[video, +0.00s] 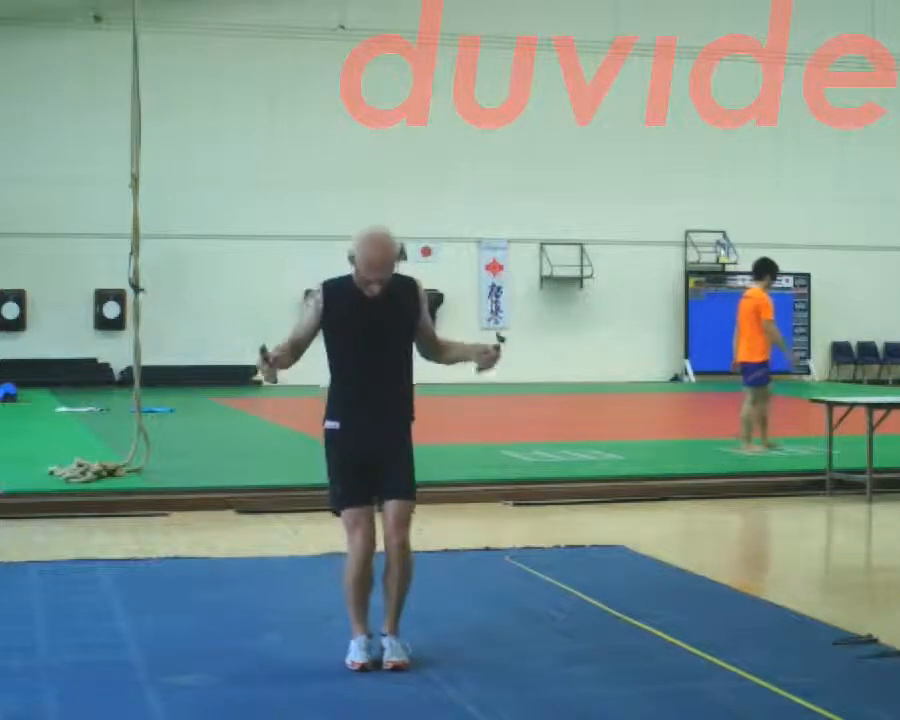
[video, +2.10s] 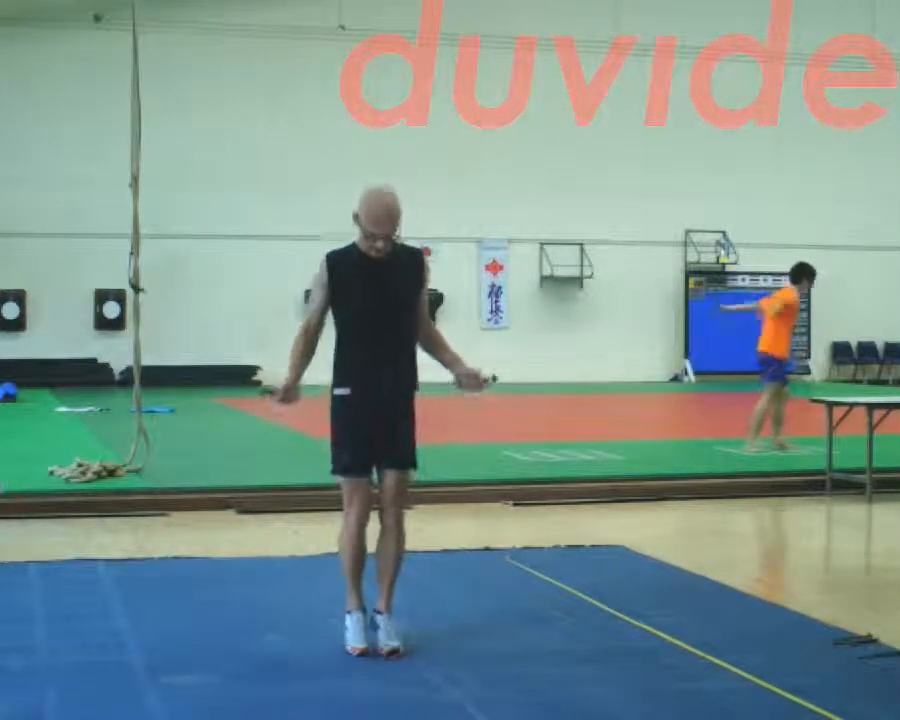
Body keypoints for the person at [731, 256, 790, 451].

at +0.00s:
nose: (773, 281)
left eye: (774, 278)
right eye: (773, 277)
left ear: (755, 275)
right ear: (768, 276)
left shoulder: (746, 296)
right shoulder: (762, 298)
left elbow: (739, 329)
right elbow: (768, 327)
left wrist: (736, 356)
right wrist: (786, 351)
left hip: (747, 356)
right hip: (756, 357)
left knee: (763, 397)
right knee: (752, 399)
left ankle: (764, 438)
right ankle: (747, 441)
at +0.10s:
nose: (779, 281)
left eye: (779, 277)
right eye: (779, 277)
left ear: (761, 275)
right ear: (773, 277)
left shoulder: (752, 297)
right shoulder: (768, 299)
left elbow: (746, 330)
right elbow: (775, 328)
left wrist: (745, 357)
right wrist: (793, 350)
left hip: (752, 358)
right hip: (761, 359)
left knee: (767, 400)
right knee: (753, 400)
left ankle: (780, 437)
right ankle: (747, 442)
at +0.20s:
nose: (784, 282)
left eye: (784, 278)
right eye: (783, 278)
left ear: (765, 276)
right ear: (778, 278)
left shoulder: (759, 297)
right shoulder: (773, 299)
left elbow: (760, 328)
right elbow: (778, 327)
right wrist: (796, 349)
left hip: (760, 357)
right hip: (768, 358)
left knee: (774, 400)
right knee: (760, 399)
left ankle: (783, 439)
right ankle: (746, 441)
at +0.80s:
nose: (801, 280)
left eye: (801, 276)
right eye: (800, 276)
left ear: (785, 275)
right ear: (794, 275)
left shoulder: (781, 294)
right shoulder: (787, 295)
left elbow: (791, 328)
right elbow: (793, 323)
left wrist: (812, 329)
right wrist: (813, 321)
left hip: (783, 352)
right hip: (784, 352)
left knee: (784, 396)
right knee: (781, 394)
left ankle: (786, 440)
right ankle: (755, 432)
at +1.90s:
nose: (793, 284)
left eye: (793, 279)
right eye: (792, 280)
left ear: (775, 278)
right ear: (786, 280)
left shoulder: (767, 297)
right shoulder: (779, 298)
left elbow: (787, 324)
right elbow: (798, 323)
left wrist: (806, 338)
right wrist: (820, 338)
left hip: (763, 356)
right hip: (768, 358)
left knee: (778, 398)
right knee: (759, 400)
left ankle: (778, 439)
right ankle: (746, 442)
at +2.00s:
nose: (801, 286)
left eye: (801, 281)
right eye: (800, 281)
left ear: (783, 280)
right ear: (793, 281)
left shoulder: (771, 299)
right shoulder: (785, 302)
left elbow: (767, 331)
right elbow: (794, 333)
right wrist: (804, 359)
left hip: (766, 357)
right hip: (773, 359)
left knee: (783, 398)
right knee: (763, 399)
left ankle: (778, 439)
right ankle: (748, 441)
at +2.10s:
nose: (810, 286)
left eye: (811, 282)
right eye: (810, 282)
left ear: (795, 279)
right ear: (803, 280)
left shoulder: (782, 294)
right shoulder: (790, 296)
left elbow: (757, 305)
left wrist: (730, 308)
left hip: (773, 351)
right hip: (773, 352)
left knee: (781, 395)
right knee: (769, 394)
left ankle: (778, 437)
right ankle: (752, 440)